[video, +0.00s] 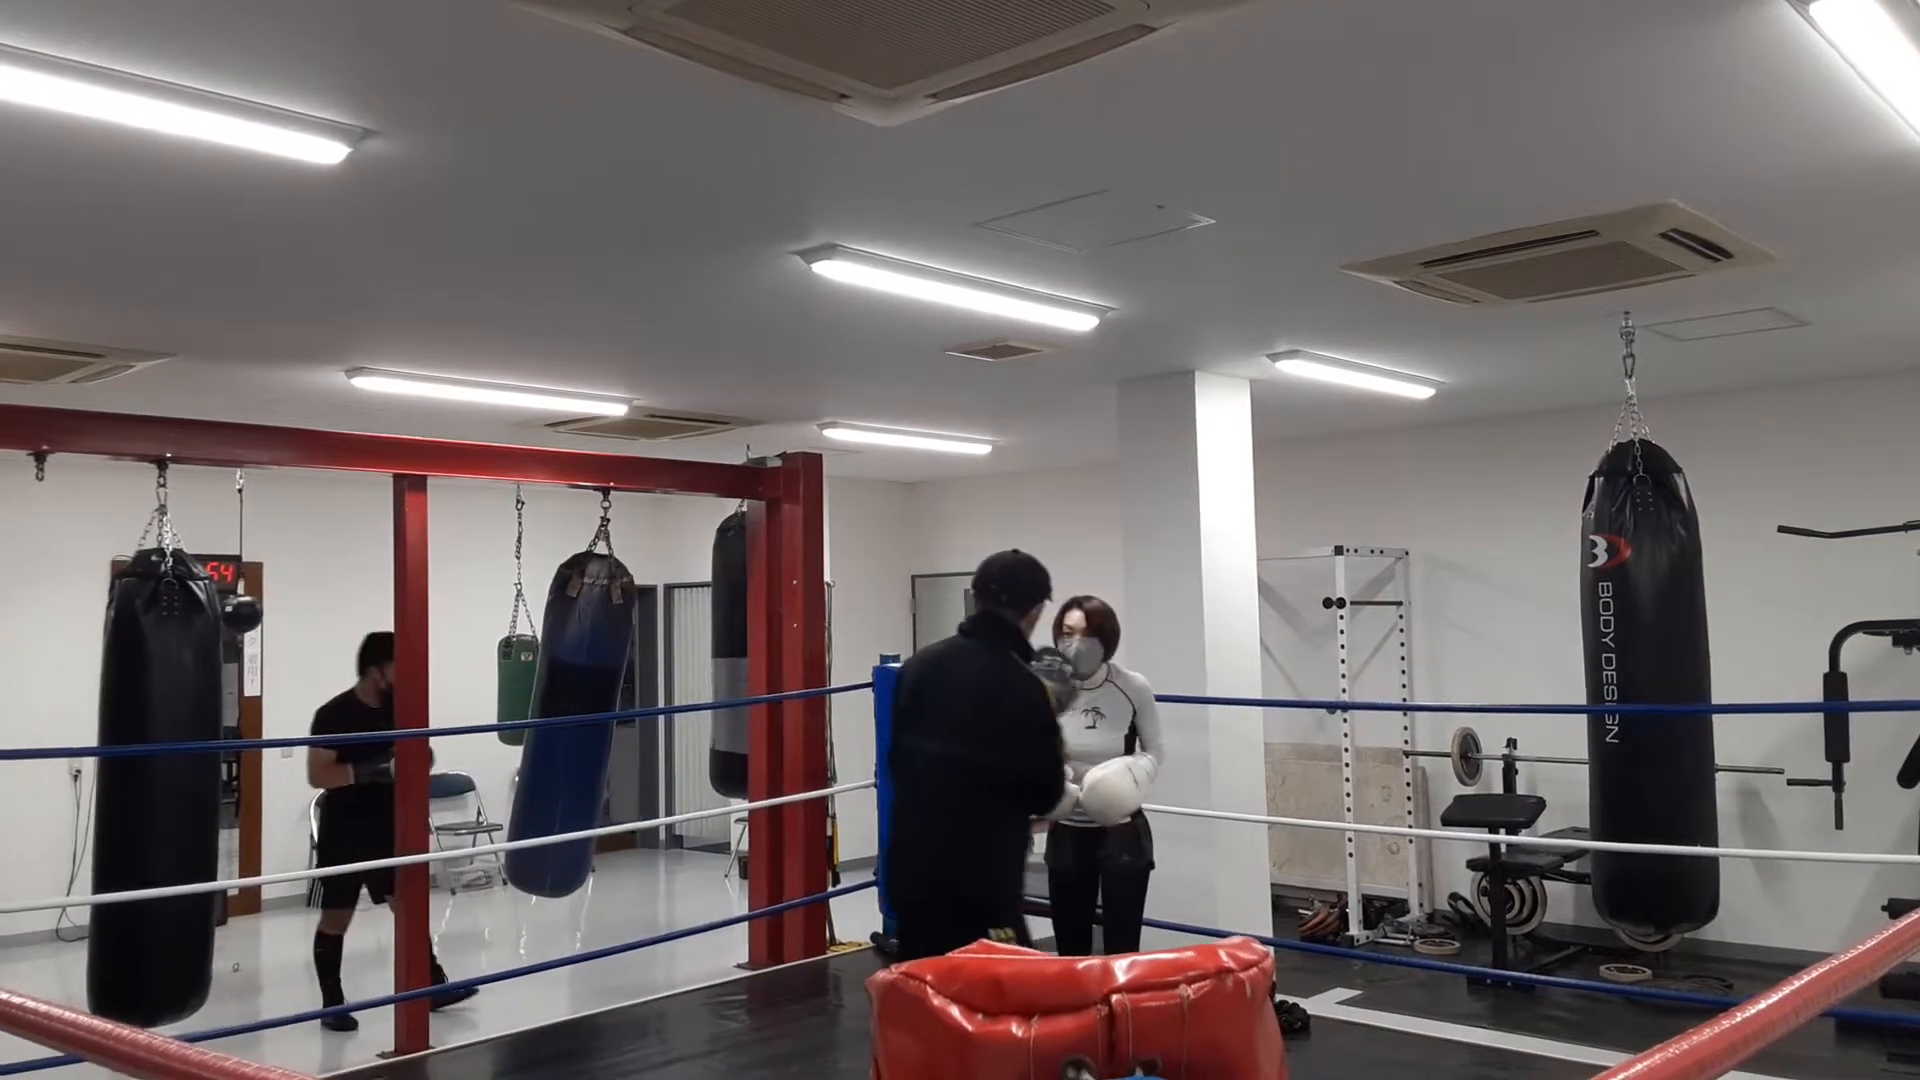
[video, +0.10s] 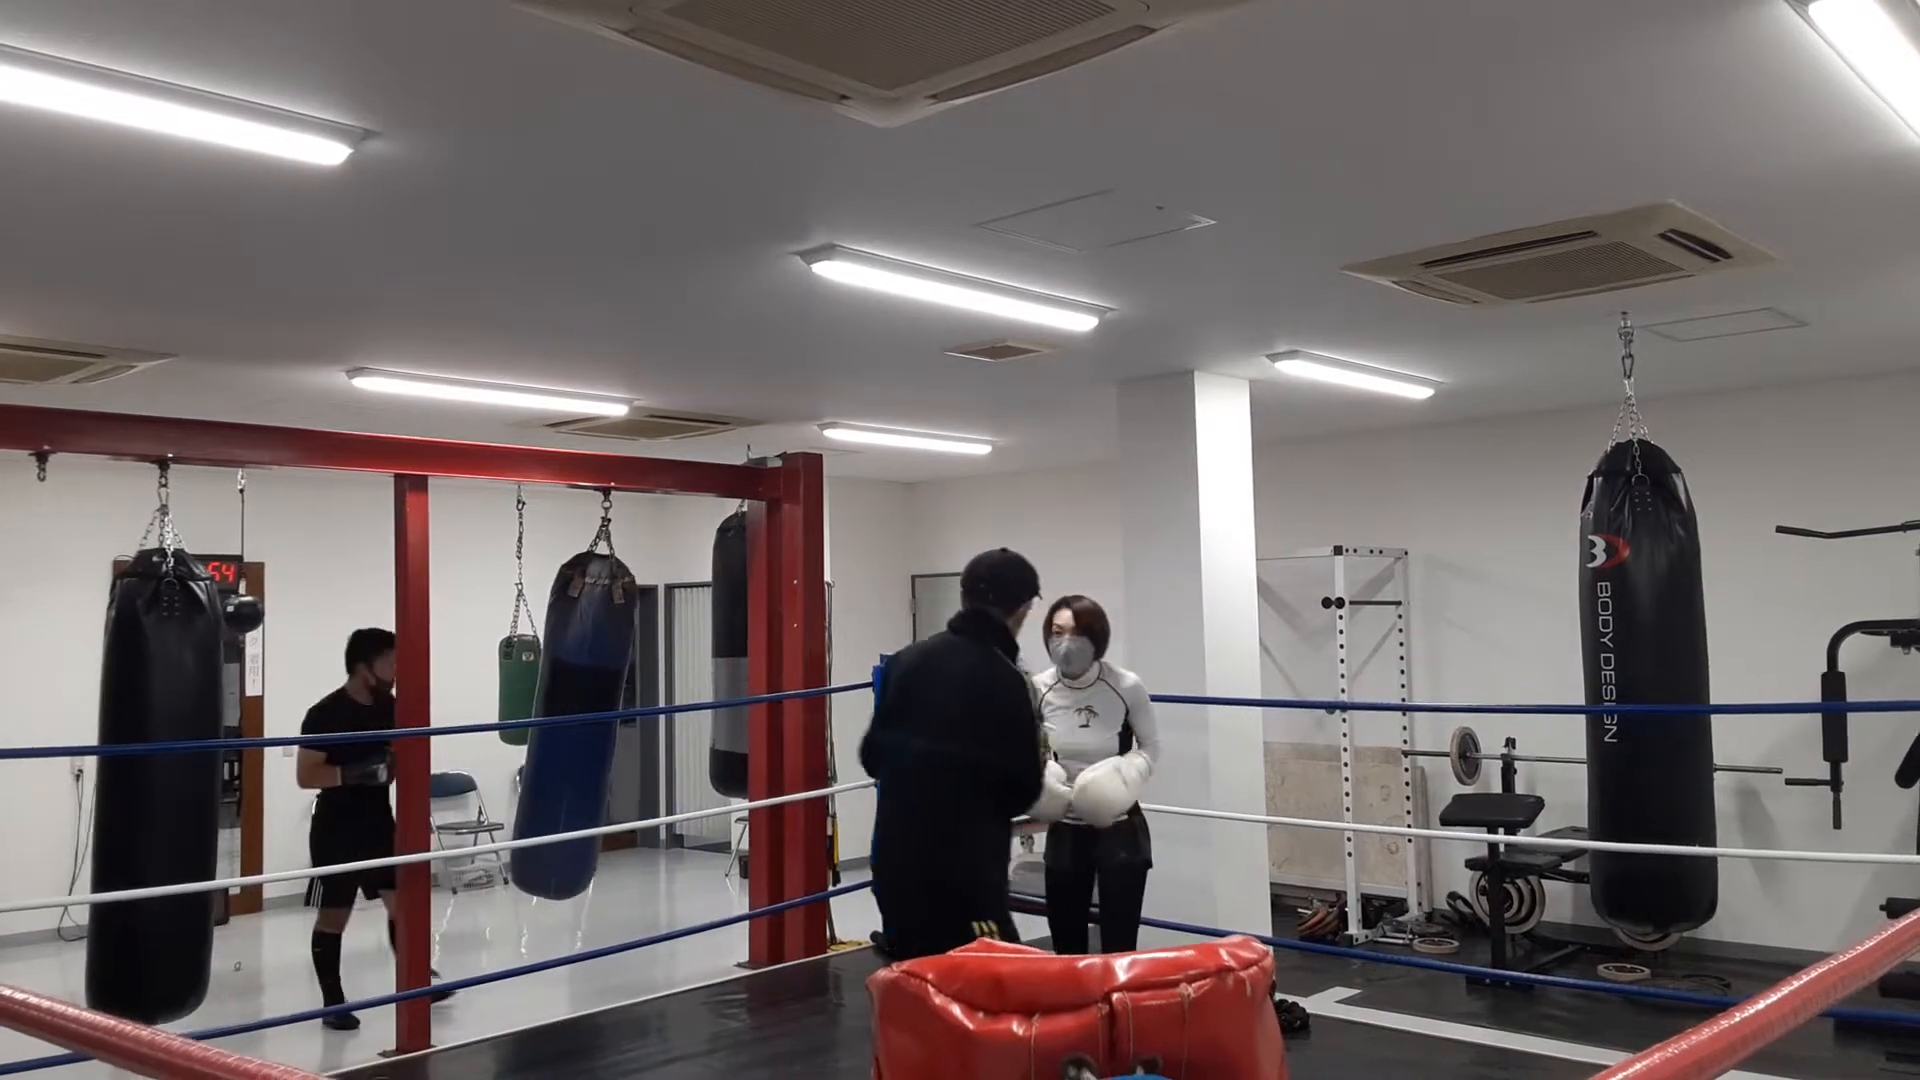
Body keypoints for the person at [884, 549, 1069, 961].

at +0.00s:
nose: (1040, 622)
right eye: (1041, 613)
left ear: (976, 597)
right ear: (1033, 613)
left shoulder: (919, 667)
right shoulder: (1024, 688)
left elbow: (899, 764)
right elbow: (1043, 795)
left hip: (914, 864)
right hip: (986, 872)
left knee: (921, 997)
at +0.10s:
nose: (1027, 618)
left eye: (1027, 608)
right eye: (1028, 609)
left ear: (966, 596)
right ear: (1021, 611)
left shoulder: (906, 663)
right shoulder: (1009, 684)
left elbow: (873, 756)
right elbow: (1024, 789)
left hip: (899, 860)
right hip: (972, 866)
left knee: (913, 991)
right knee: (977, 992)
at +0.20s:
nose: (1014, 616)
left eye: (1015, 605)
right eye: (1015, 606)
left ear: (956, 595)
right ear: (1006, 607)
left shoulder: (896, 661)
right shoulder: (995, 675)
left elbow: (864, 755)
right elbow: (1013, 785)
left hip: (890, 860)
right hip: (959, 866)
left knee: (915, 991)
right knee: (984, 991)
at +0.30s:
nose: (1001, 608)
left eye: (1002, 598)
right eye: (1001, 599)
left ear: (942, 592)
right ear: (993, 603)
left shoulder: (886, 661)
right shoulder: (984, 666)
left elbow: (873, 761)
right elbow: (1008, 778)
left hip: (886, 857)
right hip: (956, 861)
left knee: (910, 991)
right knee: (977, 991)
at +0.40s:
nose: (987, 607)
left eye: (986, 596)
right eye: (988, 597)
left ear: (927, 591)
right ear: (979, 600)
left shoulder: (880, 660)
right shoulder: (980, 661)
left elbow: (870, 767)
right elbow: (1007, 772)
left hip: (885, 856)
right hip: (956, 859)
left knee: (905, 993)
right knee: (965, 993)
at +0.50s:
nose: (983, 604)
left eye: (983, 595)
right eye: (983, 595)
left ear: (921, 590)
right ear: (974, 598)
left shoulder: (875, 662)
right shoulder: (982, 658)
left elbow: (868, 766)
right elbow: (1009, 763)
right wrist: (951, 749)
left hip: (885, 852)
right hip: (957, 853)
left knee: (900, 989)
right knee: (956, 989)